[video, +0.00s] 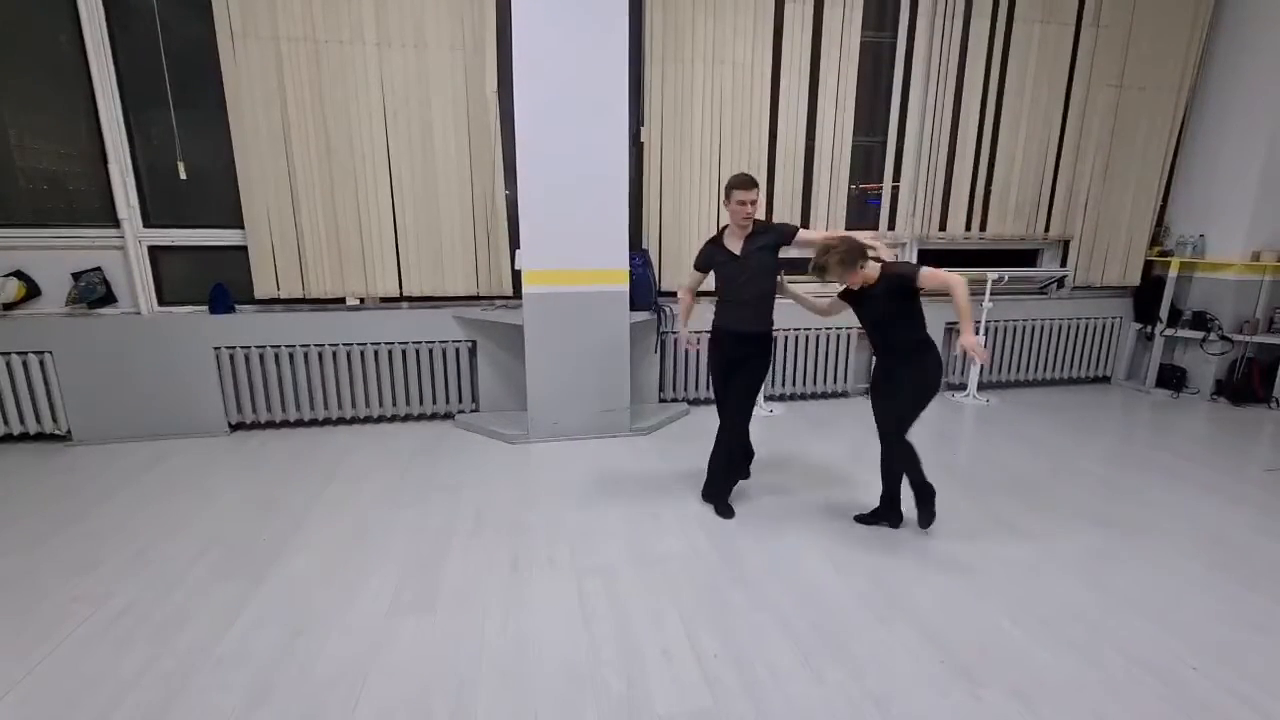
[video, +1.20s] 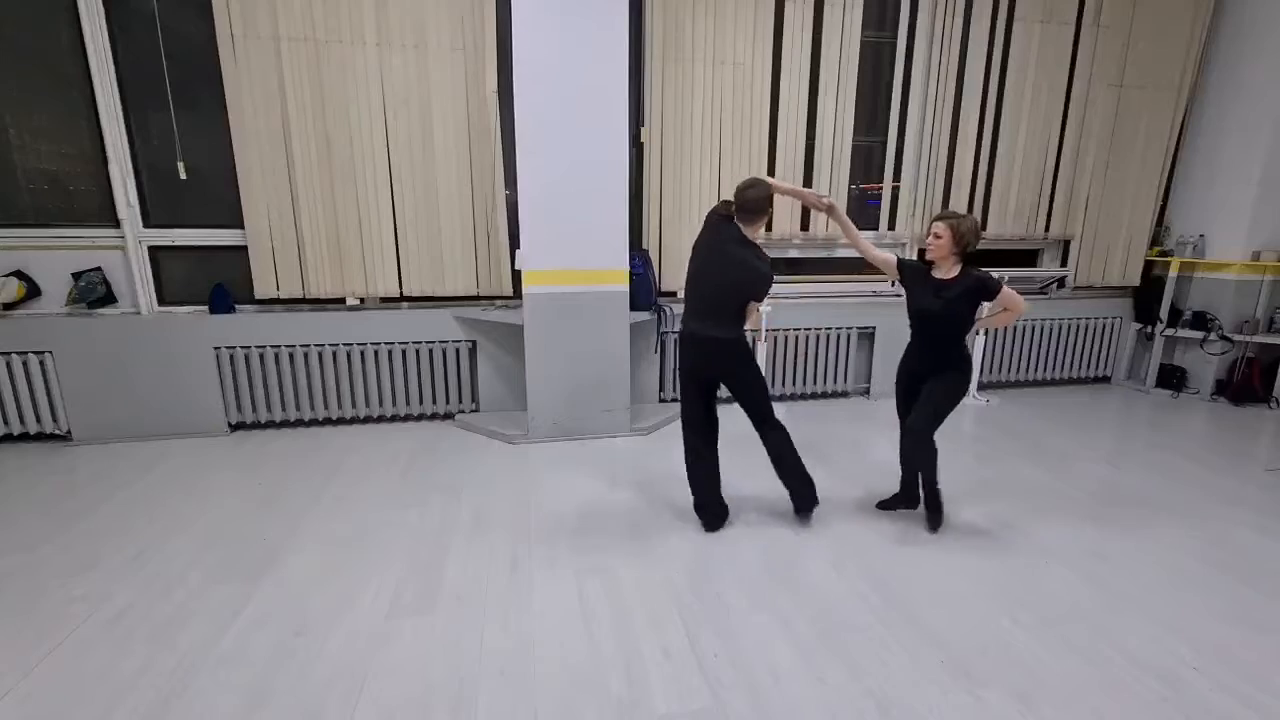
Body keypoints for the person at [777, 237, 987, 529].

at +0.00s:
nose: (844, 284)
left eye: (846, 277)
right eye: (841, 280)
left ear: (859, 265)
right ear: (843, 272)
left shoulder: (899, 274)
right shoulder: (853, 292)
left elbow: (956, 282)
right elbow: (826, 311)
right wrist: (789, 291)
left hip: (922, 367)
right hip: (887, 370)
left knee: (893, 432)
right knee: (888, 435)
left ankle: (924, 492)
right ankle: (889, 507)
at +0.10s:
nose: (853, 268)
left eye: (856, 262)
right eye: (851, 264)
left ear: (875, 256)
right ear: (862, 262)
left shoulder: (914, 274)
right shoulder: (860, 289)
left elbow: (971, 282)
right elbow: (824, 306)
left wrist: (969, 326)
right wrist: (784, 291)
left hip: (928, 367)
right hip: (888, 370)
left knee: (915, 435)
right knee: (890, 438)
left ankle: (922, 492)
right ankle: (890, 506)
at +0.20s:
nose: (874, 242)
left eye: (881, 238)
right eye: (875, 237)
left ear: (902, 247)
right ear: (884, 246)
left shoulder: (930, 276)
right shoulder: (869, 284)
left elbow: (982, 285)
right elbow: (827, 303)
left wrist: (968, 316)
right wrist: (786, 289)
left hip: (934, 367)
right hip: (894, 366)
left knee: (922, 432)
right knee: (878, 428)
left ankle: (916, 492)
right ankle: (885, 500)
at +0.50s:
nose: (922, 240)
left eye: (932, 236)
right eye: (923, 234)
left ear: (950, 247)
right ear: (921, 240)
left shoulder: (965, 283)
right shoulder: (899, 281)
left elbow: (995, 297)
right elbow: (850, 293)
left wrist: (975, 314)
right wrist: (804, 288)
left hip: (947, 370)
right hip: (904, 364)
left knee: (932, 434)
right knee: (860, 414)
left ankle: (917, 492)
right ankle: (864, 480)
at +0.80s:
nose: (925, 235)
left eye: (934, 231)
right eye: (926, 229)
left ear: (954, 240)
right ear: (925, 236)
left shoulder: (972, 277)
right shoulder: (906, 270)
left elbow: (1011, 302)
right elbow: (855, 263)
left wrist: (975, 320)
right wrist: (817, 245)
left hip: (943, 367)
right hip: (902, 361)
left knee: (920, 429)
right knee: (886, 424)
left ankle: (915, 486)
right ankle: (896, 482)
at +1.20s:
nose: (928, 241)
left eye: (937, 236)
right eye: (929, 235)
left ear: (958, 244)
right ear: (927, 239)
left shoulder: (975, 280)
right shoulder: (912, 272)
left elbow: (1018, 306)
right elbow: (866, 249)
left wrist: (980, 323)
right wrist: (836, 213)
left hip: (952, 370)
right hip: (914, 365)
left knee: (919, 429)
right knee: (908, 429)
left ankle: (931, 496)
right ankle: (908, 493)